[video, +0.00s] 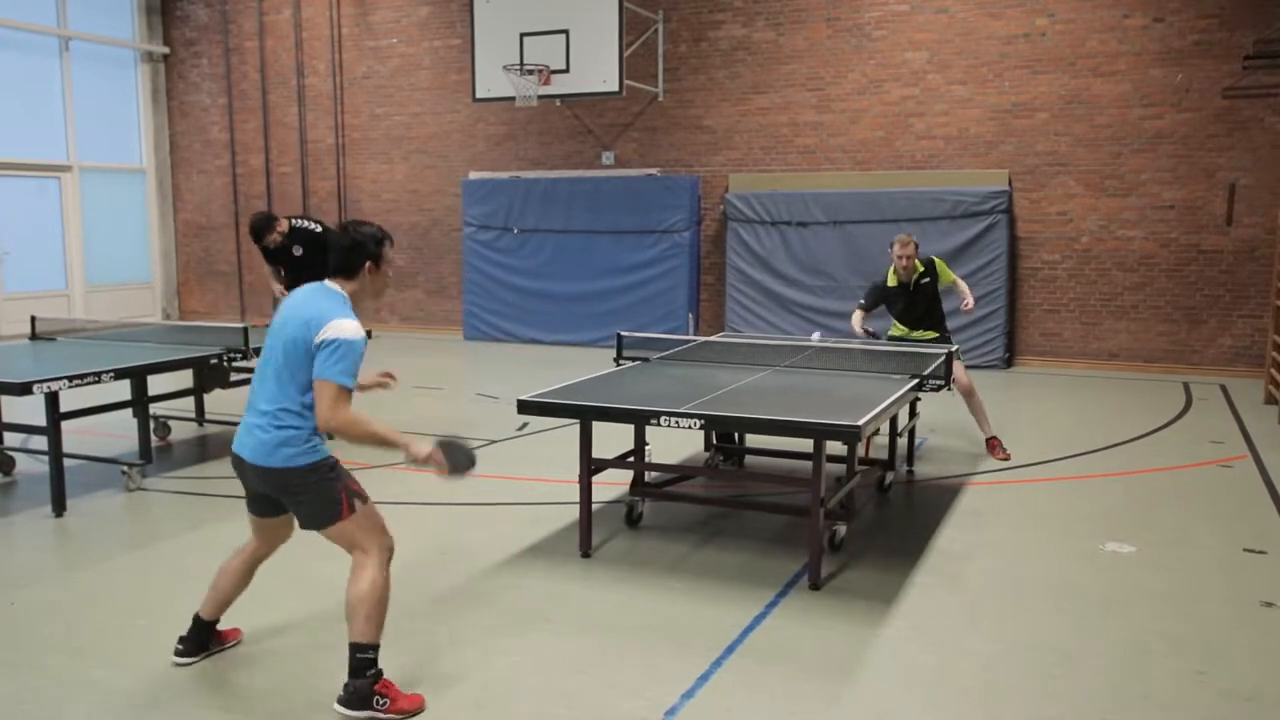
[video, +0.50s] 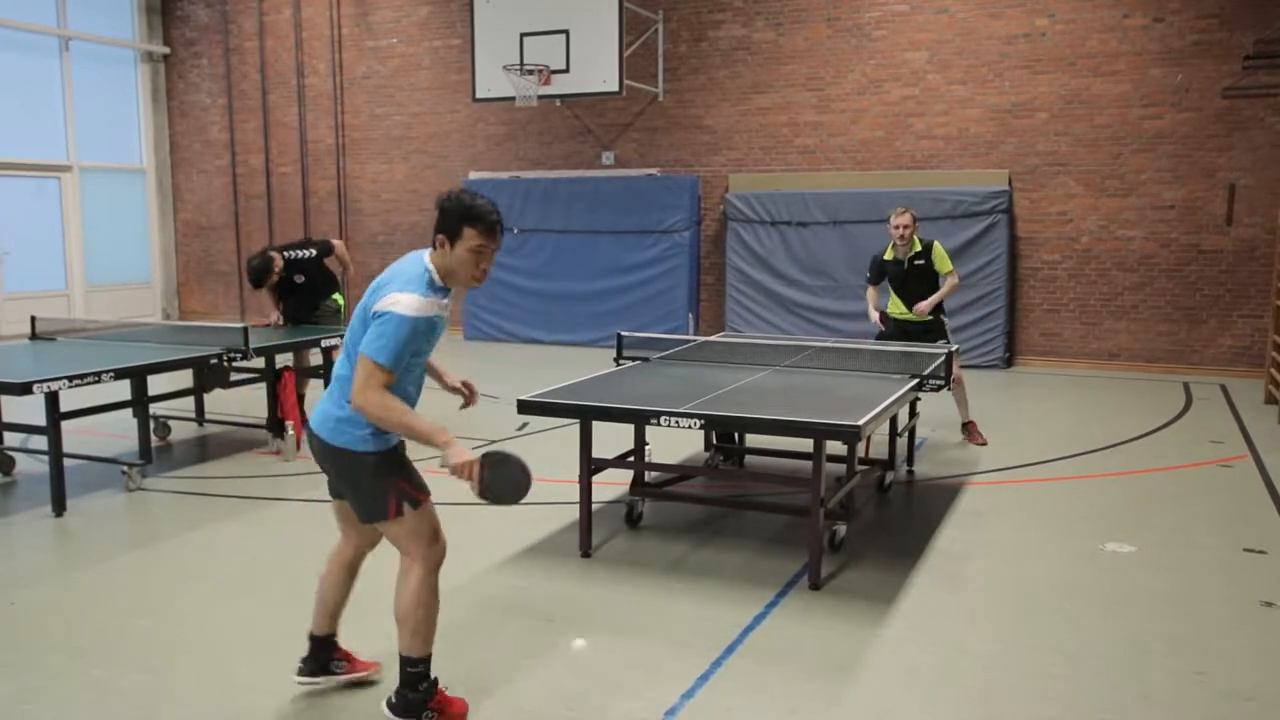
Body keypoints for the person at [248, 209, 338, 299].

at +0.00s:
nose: (272, 247)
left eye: (273, 242)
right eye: (267, 245)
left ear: (278, 226)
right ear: (261, 242)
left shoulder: (312, 232)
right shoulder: (264, 242)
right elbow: (271, 265)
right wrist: (275, 284)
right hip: (293, 295)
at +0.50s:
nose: (271, 285)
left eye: (271, 281)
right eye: (267, 284)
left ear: (275, 268)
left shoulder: (303, 254)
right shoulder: (266, 266)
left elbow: (338, 246)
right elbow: (270, 288)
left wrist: (348, 269)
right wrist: (274, 310)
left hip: (325, 300)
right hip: (295, 308)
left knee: (331, 353)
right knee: (299, 355)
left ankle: (338, 407)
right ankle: (298, 408)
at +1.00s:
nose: (295, 194)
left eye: (299, 188)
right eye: (294, 189)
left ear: (319, 186)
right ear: (324, 188)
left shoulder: (321, 218)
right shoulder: (349, 219)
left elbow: (316, 267)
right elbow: (351, 270)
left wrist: (287, 272)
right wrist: (301, 270)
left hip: (324, 320)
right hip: (353, 317)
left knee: (309, 390)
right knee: (352, 387)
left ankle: (313, 466)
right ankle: (352, 460)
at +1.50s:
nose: (304, 195)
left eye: (309, 189)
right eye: (302, 190)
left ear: (329, 188)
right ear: (334, 192)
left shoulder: (326, 215)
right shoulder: (356, 219)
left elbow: (327, 259)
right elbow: (354, 267)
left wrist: (288, 266)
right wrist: (308, 270)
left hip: (332, 318)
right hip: (359, 315)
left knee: (317, 389)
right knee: (354, 385)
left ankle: (314, 466)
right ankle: (352, 460)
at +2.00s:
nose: (305, 200)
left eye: (306, 194)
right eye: (303, 194)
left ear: (320, 188)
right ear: (333, 188)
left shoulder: (324, 208)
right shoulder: (358, 216)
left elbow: (318, 237)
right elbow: (347, 268)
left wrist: (288, 260)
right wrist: (298, 273)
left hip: (332, 314)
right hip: (360, 313)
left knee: (318, 389)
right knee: (354, 385)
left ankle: (314, 466)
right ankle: (352, 460)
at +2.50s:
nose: (314, 194)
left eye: (314, 188)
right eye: (314, 189)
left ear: (322, 186)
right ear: (344, 188)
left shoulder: (324, 210)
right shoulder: (357, 216)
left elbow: (317, 248)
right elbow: (356, 265)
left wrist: (291, 255)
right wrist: (309, 267)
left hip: (328, 313)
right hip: (357, 313)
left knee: (317, 388)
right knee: (352, 385)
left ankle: (314, 465)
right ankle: (351, 460)